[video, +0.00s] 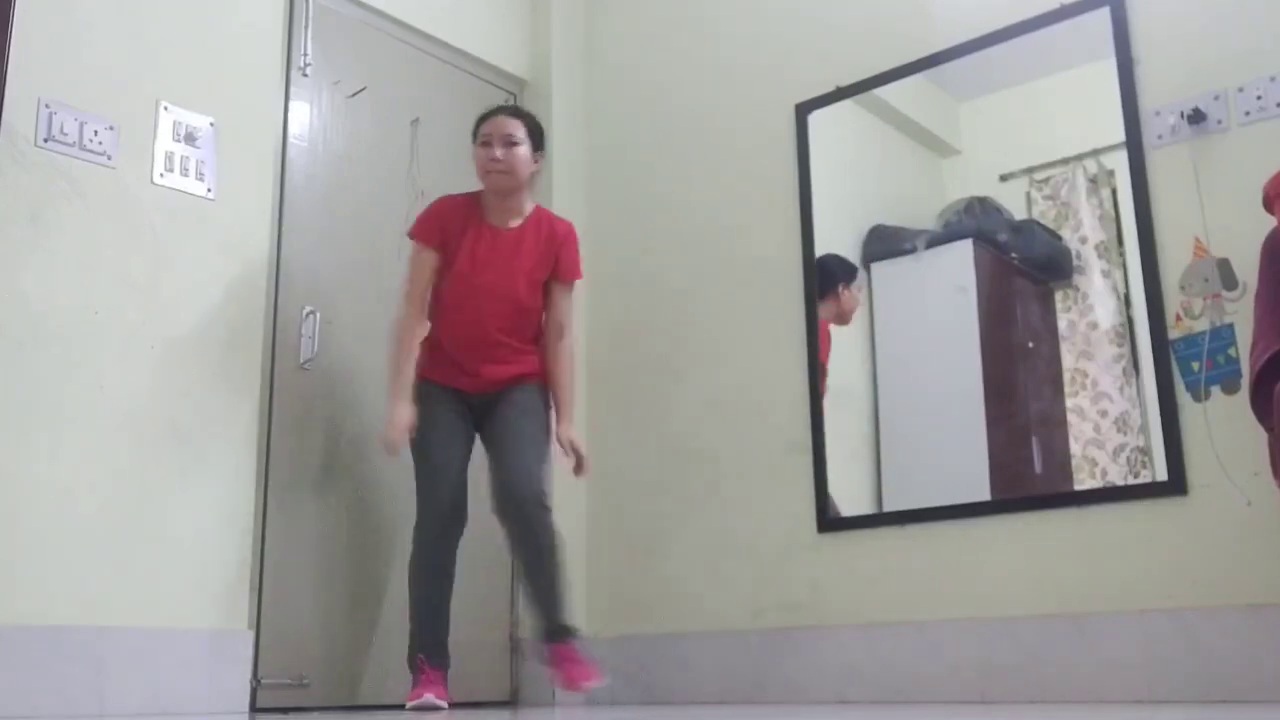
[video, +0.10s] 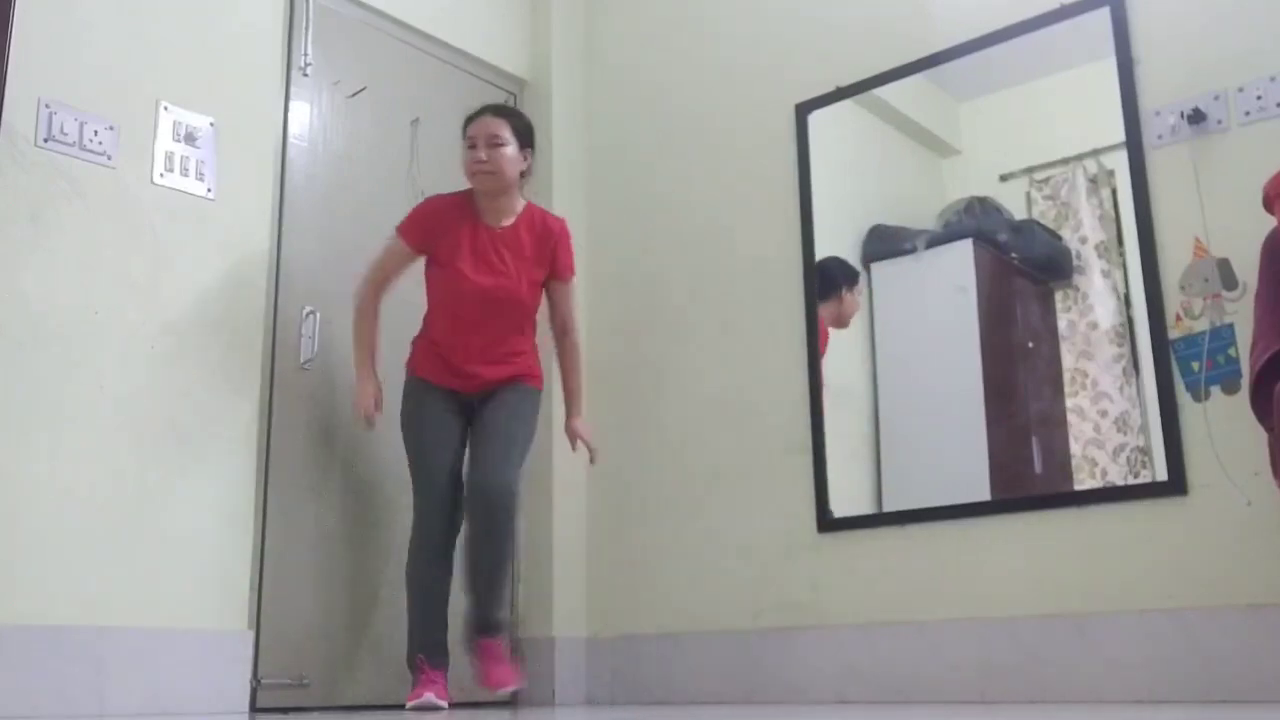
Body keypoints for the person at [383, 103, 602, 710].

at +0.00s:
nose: (496, 152)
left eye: (511, 143)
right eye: (486, 143)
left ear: (536, 158)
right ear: (473, 156)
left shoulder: (556, 235)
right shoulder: (445, 217)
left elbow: (560, 334)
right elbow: (414, 314)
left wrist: (565, 418)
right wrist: (401, 399)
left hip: (518, 387)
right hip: (440, 384)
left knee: (522, 498)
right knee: (439, 516)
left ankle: (558, 637)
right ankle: (428, 671)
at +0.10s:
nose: (481, 154)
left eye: (495, 144)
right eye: (472, 145)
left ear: (525, 158)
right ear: (462, 158)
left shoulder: (548, 233)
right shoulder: (438, 216)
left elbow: (565, 328)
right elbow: (371, 286)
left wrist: (574, 412)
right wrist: (366, 374)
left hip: (512, 383)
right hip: (436, 381)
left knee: (494, 487)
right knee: (436, 511)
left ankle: (490, 637)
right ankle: (428, 671)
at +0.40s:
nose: (486, 154)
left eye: (499, 145)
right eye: (475, 144)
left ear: (523, 161)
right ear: (460, 156)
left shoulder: (543, 233)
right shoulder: (430, 214)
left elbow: (576, 312)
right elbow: (361, 280)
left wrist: (576, 394)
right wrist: (370, 364)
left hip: (504, 386)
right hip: (428, 382)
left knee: (495, 497)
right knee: (432, 513)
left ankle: (471, 627)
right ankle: (424, 668)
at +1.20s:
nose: (673, 169)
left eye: (680, 159)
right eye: (664, 155)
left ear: (679, 163)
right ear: (624, 151)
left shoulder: (680, 219)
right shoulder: (570, 214)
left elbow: (710, 318)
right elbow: (546, 317)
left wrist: (731, 411)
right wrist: (519, 402)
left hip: (660, 386)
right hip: (583, 382)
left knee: (664, 522)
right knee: (572, 501)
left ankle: (671, 666)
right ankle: (565, 641)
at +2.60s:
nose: (470, 163)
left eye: (483, 151)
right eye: (462, 152)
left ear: (519, 156)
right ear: (457, 157)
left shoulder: (552, 228)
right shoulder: (439, 210)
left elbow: (592, 291)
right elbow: (352, 243)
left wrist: (589, 369)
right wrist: (360, 331)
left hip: (514, 387)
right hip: (438, 381)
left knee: (485, 515)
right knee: (438, 512)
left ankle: (468, 658)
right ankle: (434, 666)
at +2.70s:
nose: (480, 163)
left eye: (494, 151)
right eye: (470, 151)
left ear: (522, 160)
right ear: (460, 159)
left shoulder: (547, 230)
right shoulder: (437, 215)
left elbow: (586, 306)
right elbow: (352, 266)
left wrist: (590, 387)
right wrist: (357, 353)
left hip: (515, 387)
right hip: (439, 383)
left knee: (501, 507)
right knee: (442, 513)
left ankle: (478, 638)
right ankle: (435, 664)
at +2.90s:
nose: (509, 156)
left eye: (522, 148)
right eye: (497, 145)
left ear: (537, 162)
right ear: (476, 156)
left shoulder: (552, 231)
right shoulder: (445, 220)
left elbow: (568, 313)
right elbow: (415, 307)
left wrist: (568, 351)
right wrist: (451, 347)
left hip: (527, 389)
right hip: (453, 392)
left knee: (563, 484)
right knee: (454, 517)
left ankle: (555, 596)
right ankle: (442, 670)